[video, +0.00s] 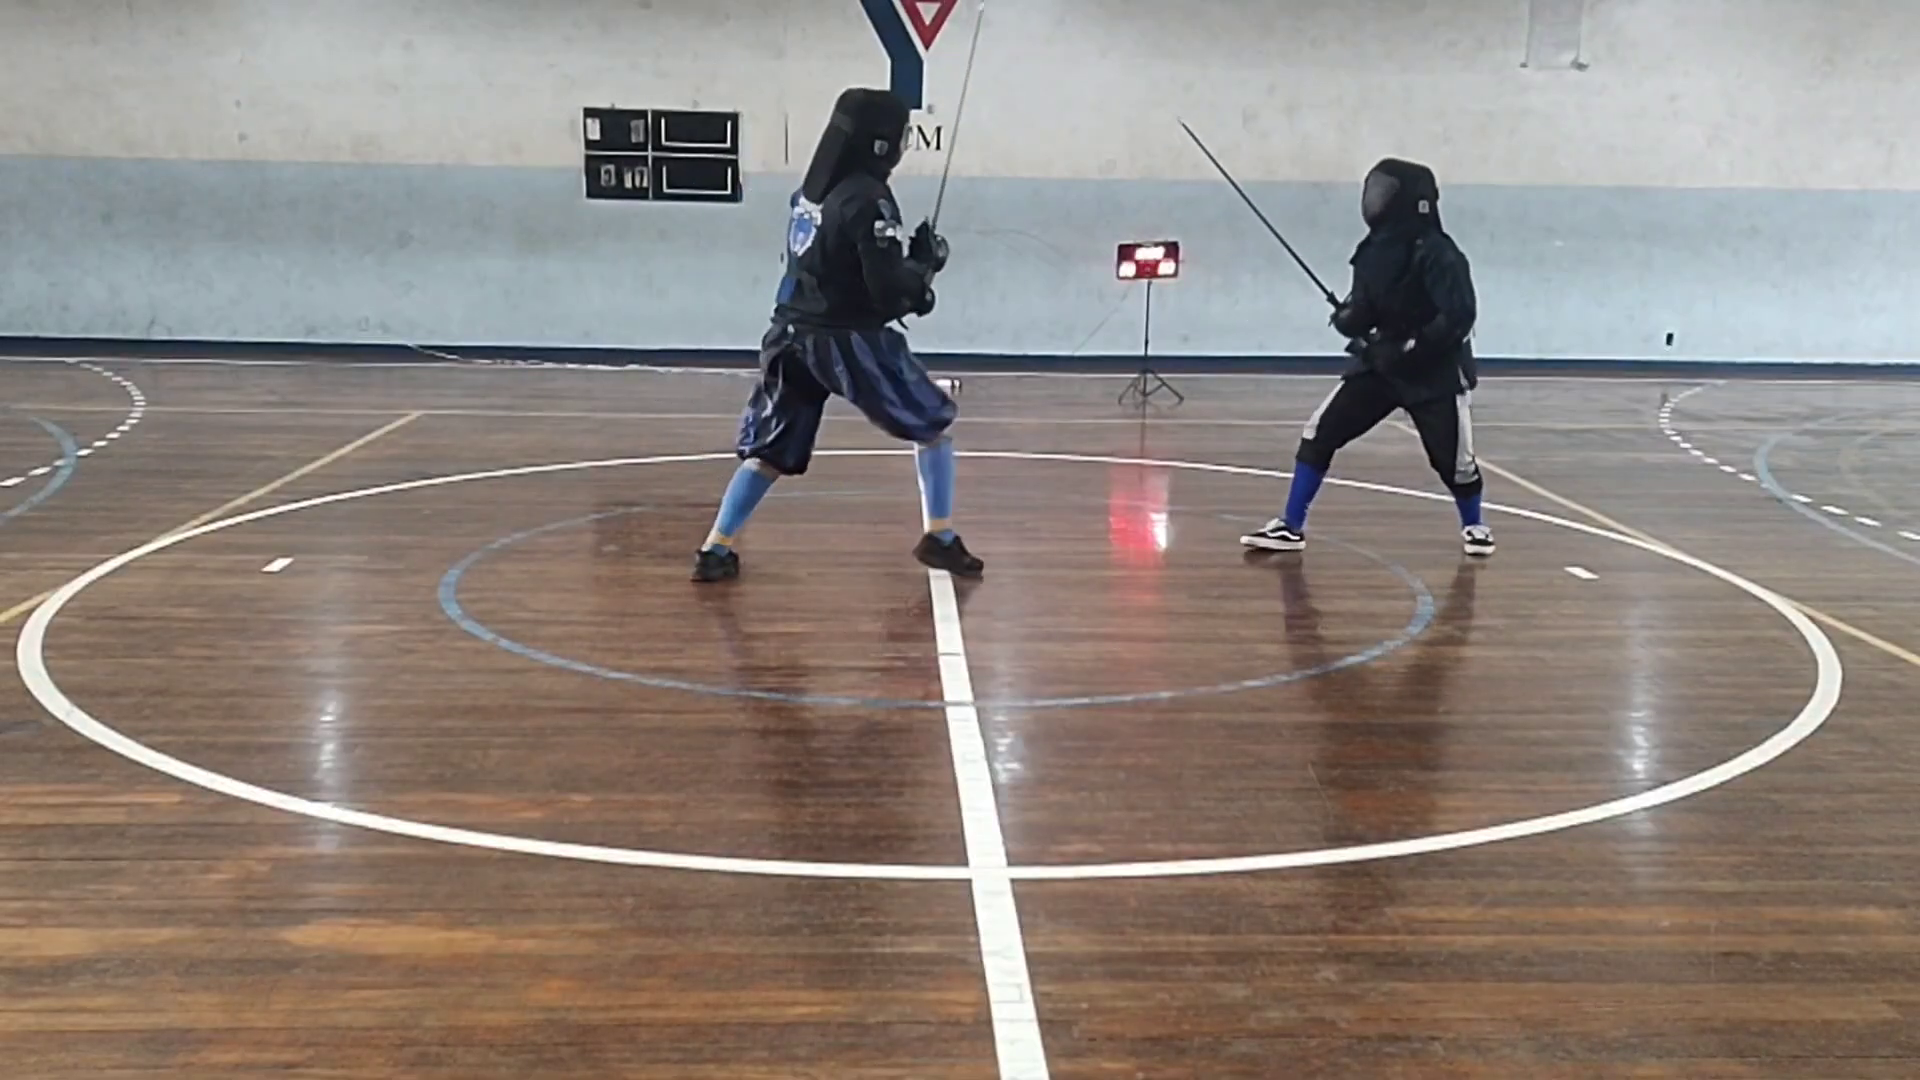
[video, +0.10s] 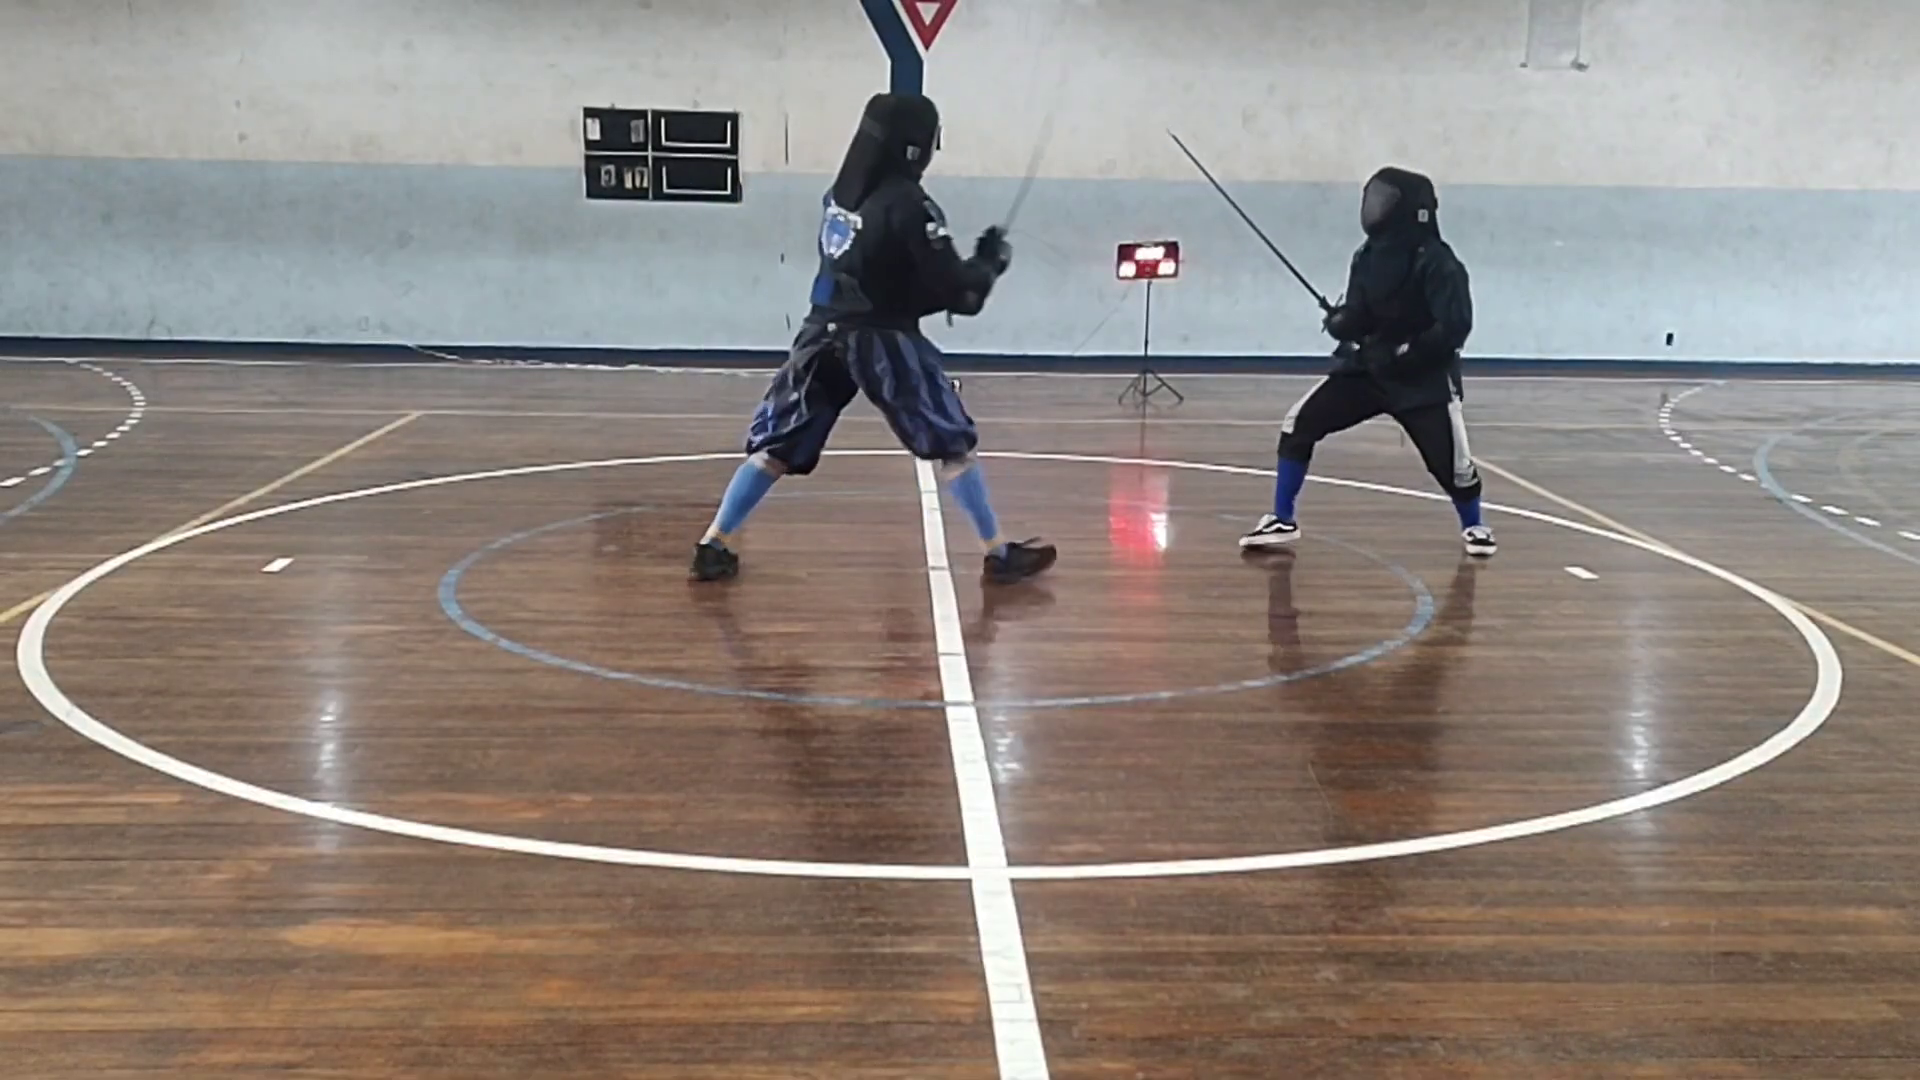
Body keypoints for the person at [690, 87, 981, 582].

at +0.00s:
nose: (903, 147)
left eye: (902, 137)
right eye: (899, 138)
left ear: (846, 135)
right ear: (880, 143)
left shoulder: (813, 186)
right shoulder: (869, 199)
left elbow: (829, 270)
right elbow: (889, 287)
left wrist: (907, 287)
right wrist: (925, 263)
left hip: (792, 333)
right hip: (852, 338)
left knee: (773, 445)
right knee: (932, 423)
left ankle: (716, 547)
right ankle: (940, 535)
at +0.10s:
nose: (931, 152)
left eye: (931, 142)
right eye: (929, 143)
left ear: (874, 139)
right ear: (913, 147)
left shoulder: (843, 190)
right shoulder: (909, 204)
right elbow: (959, 290)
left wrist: (955, 281)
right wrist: (987, 263)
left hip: (824, 331)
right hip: (886, 338)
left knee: (780, 443)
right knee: (949, 438)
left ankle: (714, 544)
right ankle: (998, 550)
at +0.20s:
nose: (962, 151)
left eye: (959, 141)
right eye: (959, 142)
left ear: (904, 142)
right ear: (948, 150)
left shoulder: (878, 187)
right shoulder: (950, 207)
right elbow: (1027, 252)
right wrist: (1062, 226)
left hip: (855, 336)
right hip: (921, 342)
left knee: (808, 444)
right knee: (991, 435)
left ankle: (732, 531)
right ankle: (1007, 550)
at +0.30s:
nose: (994, 145)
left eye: (993, 140)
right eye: (991, 138)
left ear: (940, 135)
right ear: (978, 147)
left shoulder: (910, 169)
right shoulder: (980, 199)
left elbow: (980, 165)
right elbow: (1049, 207)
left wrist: (1030, 161)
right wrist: (1098, 188)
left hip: (878, 335)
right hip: (941, 341)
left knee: (833, 437)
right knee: (1007, 435)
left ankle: (762, 533)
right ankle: (1010, 550)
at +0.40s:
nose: (1016, 156)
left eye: (1016, 147)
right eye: (1015, 148)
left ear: (965, 131)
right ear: (1003, 152)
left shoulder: (928, 160)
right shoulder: (998, 199)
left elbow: (977, 129)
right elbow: (1065, 187)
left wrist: (1044, 125)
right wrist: (1110, 156)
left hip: (896, 328)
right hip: (958, 336)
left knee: (854, 436)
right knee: (1015, 438)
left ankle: (790, 538)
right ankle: (1009, 550)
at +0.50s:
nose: (1029, 158)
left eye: (1026, 149)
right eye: (1027, 151)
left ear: (975, 129)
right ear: (1014, 151)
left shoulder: (935, 161)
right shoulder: (1011, 200)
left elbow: (978, 106)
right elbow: (1073, 171)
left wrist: (1042, 96)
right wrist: (1113, 129)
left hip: (907, 329)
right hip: (971, 337)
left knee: (865, 435)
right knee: (1023, 441)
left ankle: (805, 537)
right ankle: (1009, 551)